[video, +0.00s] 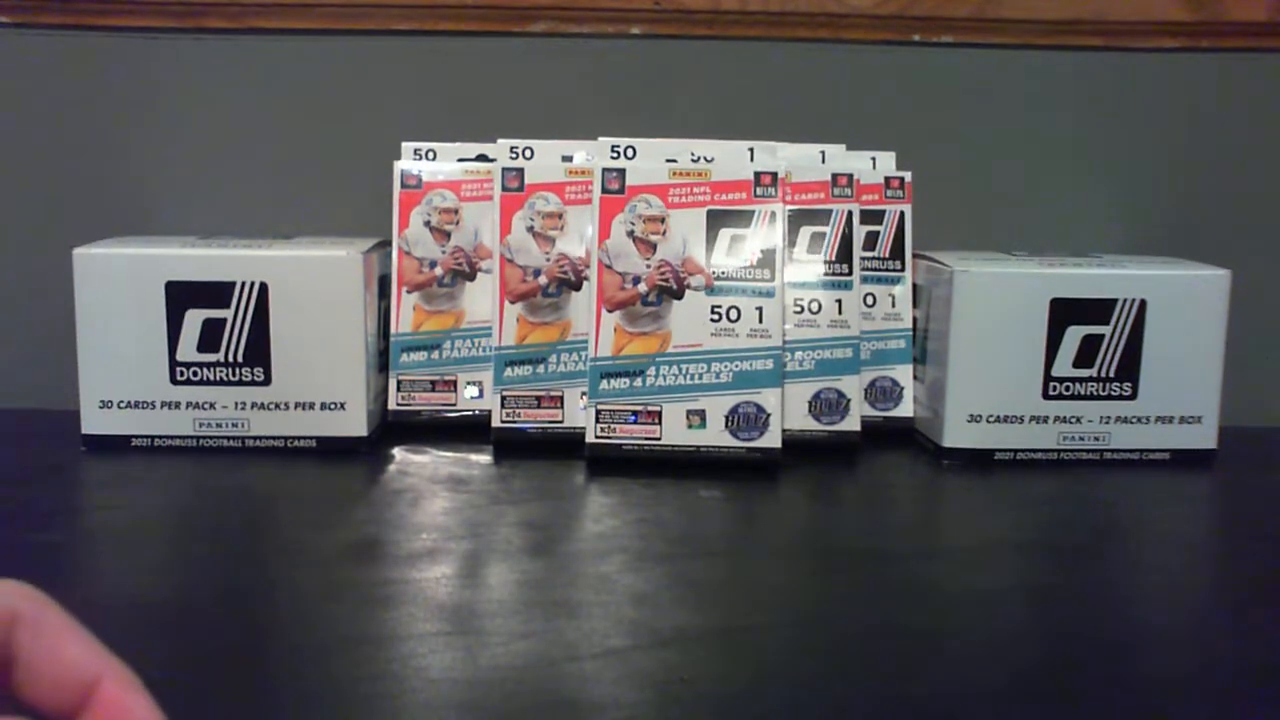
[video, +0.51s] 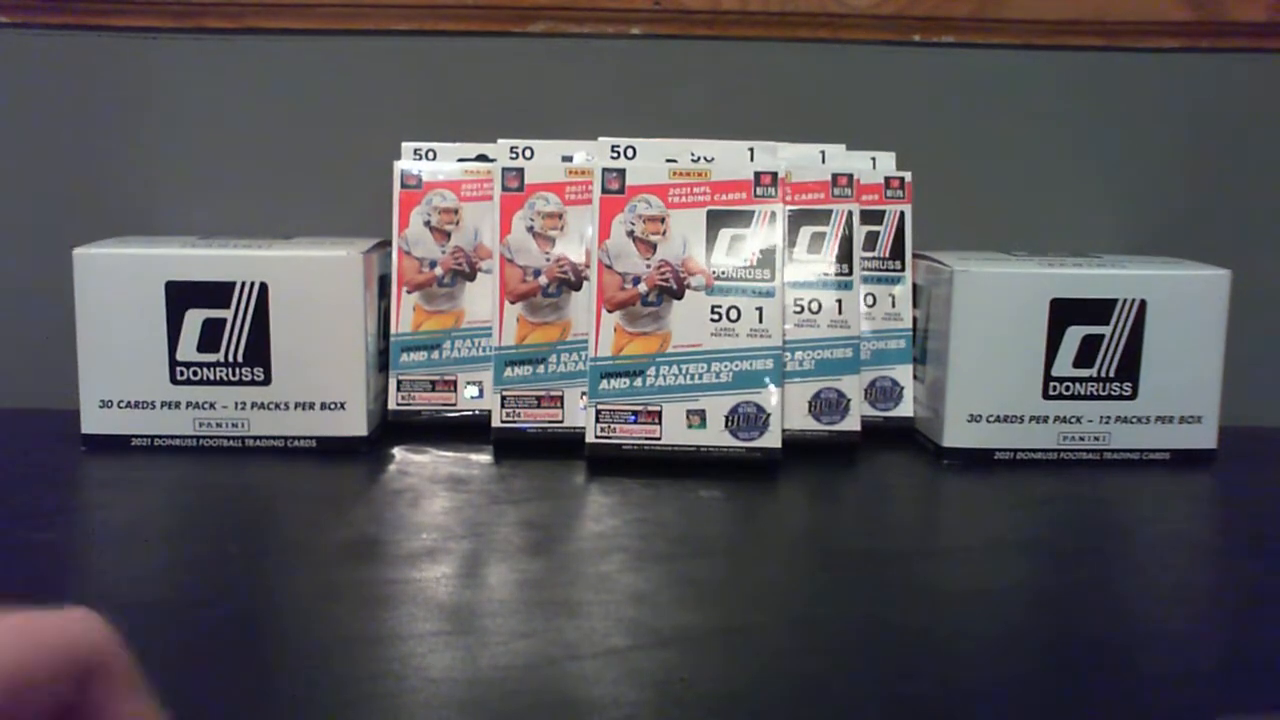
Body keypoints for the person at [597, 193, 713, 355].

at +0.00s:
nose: (658, 228)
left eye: (661, 221)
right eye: (651, 222)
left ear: (666, 223)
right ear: (634, 223)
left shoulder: (674, 249)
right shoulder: (613, 250)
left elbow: (706, 278)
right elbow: (610, 302)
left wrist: (688, 281)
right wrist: (645, 286)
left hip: (655, 335)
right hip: (623, 332)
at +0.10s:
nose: (658, 228)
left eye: (661, 222)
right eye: (651, 222)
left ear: (666, 223)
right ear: (634, 223)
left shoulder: (673, 250)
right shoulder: (613, 250)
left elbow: (706, 278)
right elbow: (610, 302)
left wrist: (688, 281)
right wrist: (645, 286)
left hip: (655, 335)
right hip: (623, 333)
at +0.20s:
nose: (658, 228)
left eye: (661, 222)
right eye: (651, 222)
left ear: (666, 223)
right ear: (634, 223)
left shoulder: (674, 249)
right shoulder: (613, 250)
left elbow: (706, 278)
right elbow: (610, 302)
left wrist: (689, 281)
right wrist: (645, 286)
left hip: (655, 335)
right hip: (623, 332)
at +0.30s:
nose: (658, 228)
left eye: (661, 221)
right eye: (651, 221)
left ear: (666, 223)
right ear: (634, 223)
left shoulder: (674, 248)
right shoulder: (613, 249)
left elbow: (706, 278)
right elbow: (610, 302)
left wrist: (689, 281)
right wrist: (645, 286)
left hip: (655, 335)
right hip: (623, 332)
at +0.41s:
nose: (658, 228)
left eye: (661, 222)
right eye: (651, 222)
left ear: (666, 223)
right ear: (634, 223)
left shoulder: (674, 248)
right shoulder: (613, 249)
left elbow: (706, 278)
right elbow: (610, 302)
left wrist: (689, 281)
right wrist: (645, 286)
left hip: (655, 335)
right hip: (623, 332)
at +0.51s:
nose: (658, 228)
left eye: (661, 221)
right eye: (651, 221)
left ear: (666, 223)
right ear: (634, 223)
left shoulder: (674, 248)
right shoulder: (613, 250)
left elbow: (706, 278)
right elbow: (610, 303)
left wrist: (689, 281)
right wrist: (645, 286)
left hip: (655, 335)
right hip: (623, 332)